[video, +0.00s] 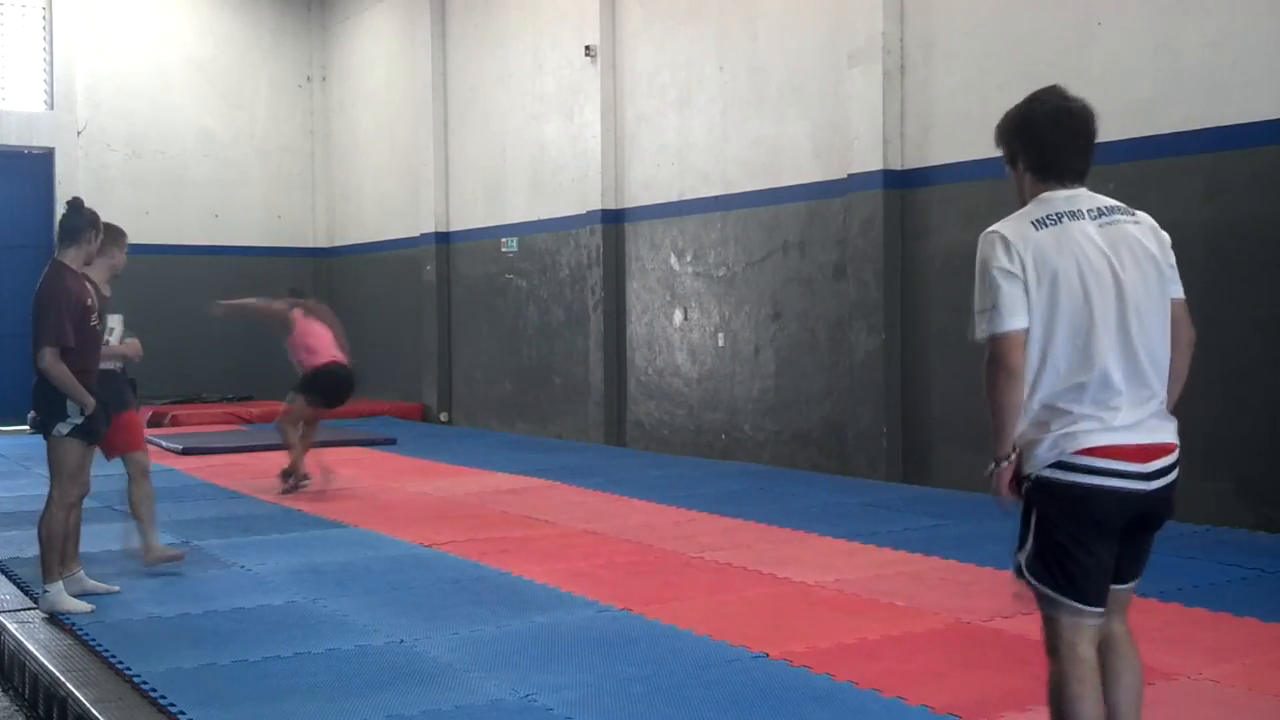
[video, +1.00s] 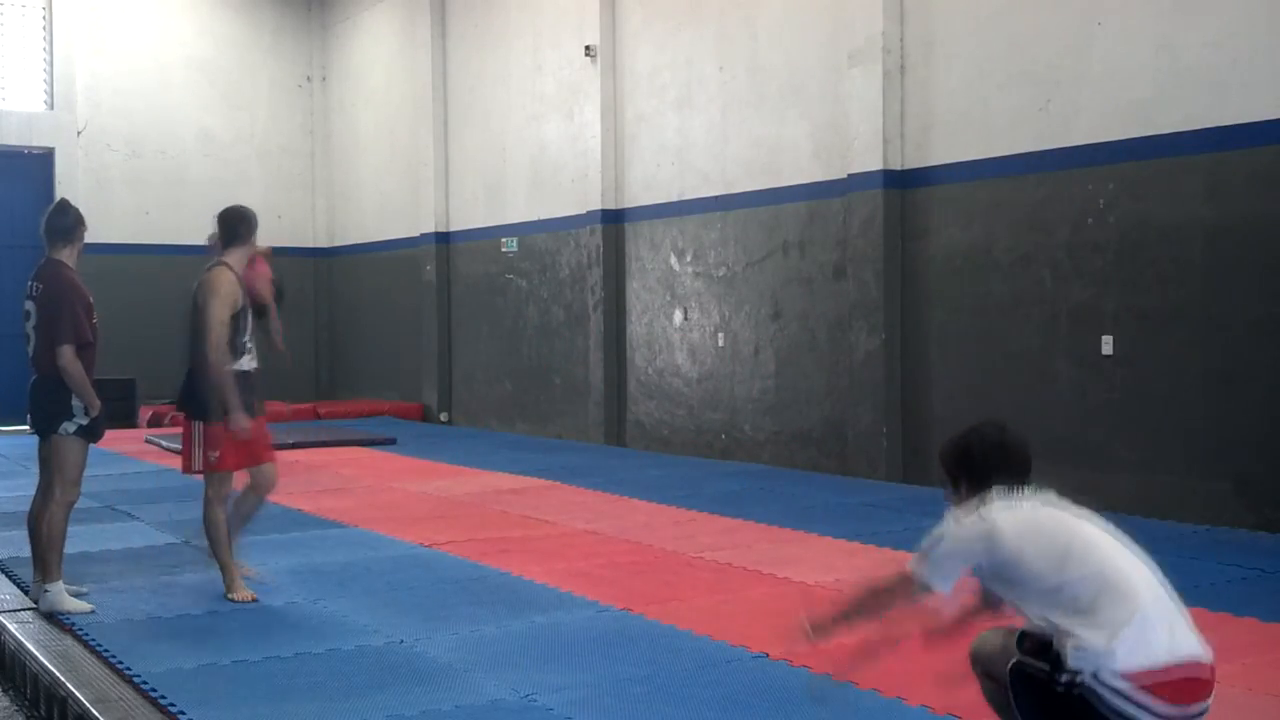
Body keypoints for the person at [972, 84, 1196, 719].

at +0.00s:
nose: (1008, 174)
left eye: (1007, 161)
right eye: (1008, 160)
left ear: (1019, 162)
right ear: (1083, 154)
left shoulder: (1007, 240)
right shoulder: (1145, 229)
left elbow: (1007, 359)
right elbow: (1182, 339)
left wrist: (1004, 453)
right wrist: (1155, 420)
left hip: (1074, 477)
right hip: (1154, 471)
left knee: (1073, 641)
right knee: (1115, 618)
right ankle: (1125, 718)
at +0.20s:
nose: (998, 210)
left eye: (998, 196)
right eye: (997, 197)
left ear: (1011, 195)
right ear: (1070, 187)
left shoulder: (1013, 251)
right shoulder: (1129, 251)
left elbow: (1001, 356)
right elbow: (1159, 362)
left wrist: (998, 445)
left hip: (1093, 482)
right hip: (1172, 481)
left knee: (1035, 622)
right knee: (1115, 624)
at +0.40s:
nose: (977, 284)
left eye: (978, 272)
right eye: (976, 273)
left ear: (990, 262)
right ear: (1046, 249)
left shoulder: (997, 304)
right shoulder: (1095, 304)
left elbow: (964, 408)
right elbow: (1113, 419)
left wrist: (956, 509)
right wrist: (1059, 518)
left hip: (1116, 511)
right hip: (1193, 514)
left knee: (1031, 628)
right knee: (1097, 631)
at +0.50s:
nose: (965, 349)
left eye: (967, 336)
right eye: (966, 337)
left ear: (978, 329)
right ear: (1033, 316)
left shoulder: (989, 368)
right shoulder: (1084, 365)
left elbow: (943, 472)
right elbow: (1093, 472)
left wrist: (925, 572)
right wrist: (1048, 556)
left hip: (1128, 551)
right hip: (1200, 553)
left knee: (1015, 634)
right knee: (1082, 640)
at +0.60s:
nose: (957, 413)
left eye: (957, 402)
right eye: (956, 402)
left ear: (970, 394)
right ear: (1024, 380)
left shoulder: (981, 432)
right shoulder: (1073, 425)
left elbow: (932, 542)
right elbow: (1063, 535)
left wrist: (899, 640)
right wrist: (1024, 613)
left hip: (1135, 597)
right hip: (1200, 600)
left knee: (1008, 644)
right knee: (1067, 657)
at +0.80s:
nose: (949, 512)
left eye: (948, 500)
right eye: (948, 500)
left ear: (959, 495)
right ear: (1015, 482)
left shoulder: (975, 527)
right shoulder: (1059, 517)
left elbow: (918, 642)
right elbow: (1071, 626)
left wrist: (879, 706)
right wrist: (1003, 692)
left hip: (1139, 686)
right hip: (1194, 678)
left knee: (989, 651)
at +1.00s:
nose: (950, 494)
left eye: (950, 484)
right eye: (950, 484)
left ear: (962, 483)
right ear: (1019, 475)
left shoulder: (974, 523)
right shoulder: (1053, 512)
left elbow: (900, 589)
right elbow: (990, 599)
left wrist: (829, 621)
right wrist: (931, 633)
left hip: (1140, 697)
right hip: (1193, 688)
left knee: (990, 650)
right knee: (1035, 636)